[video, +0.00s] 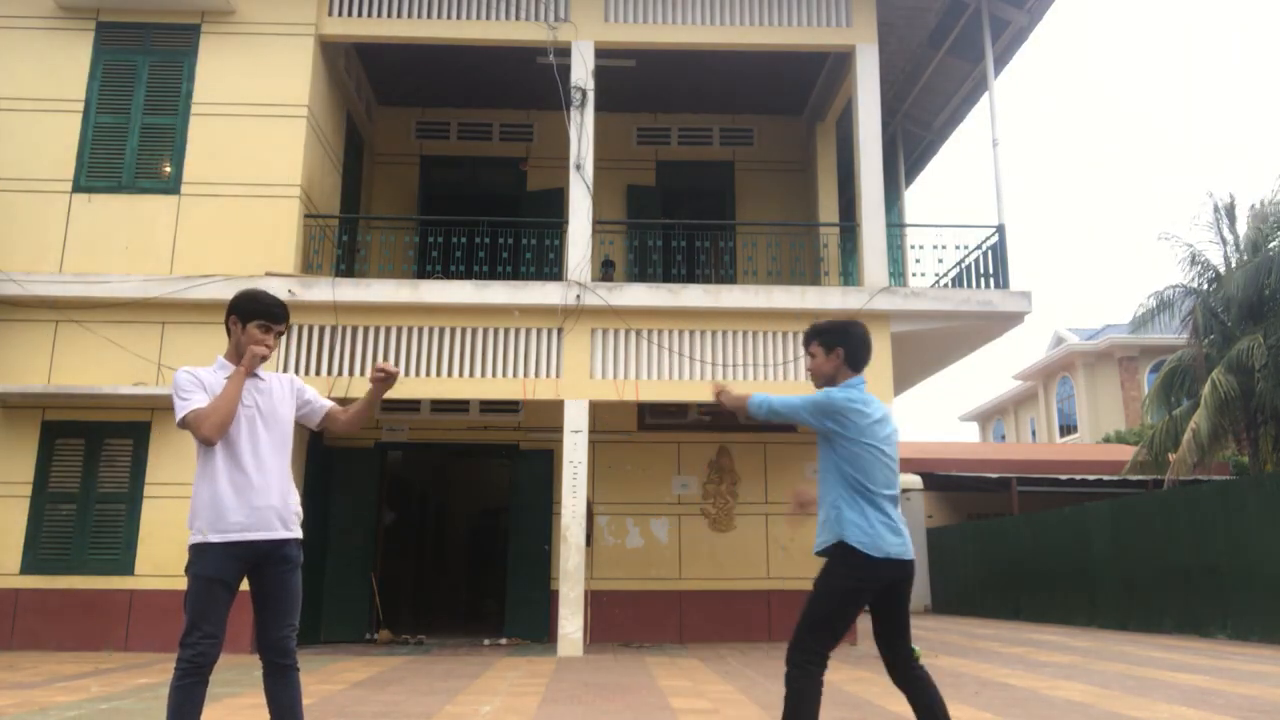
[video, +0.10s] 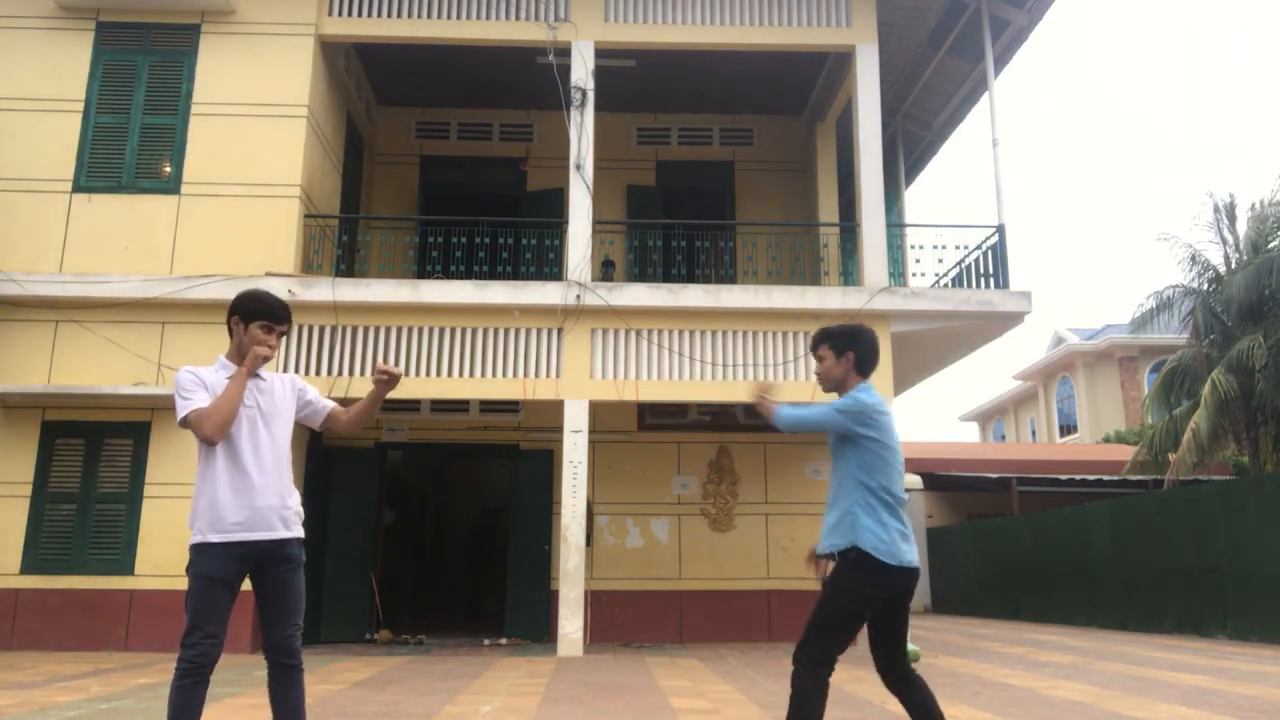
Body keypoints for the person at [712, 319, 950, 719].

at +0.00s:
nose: (807, 366)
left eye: (812, 356)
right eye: (806, 357)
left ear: (837, 356)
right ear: (844, 359)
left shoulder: (836, 404)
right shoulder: (881, 412)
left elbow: (767, 407)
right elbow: (874, 486)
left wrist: (732, 398)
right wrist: (819, 498)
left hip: (857, 555)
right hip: (896, 558)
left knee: (805, 658)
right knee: (902, 661)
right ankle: (940, 717)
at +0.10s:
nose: (816, 369)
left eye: (822, 359)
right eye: (816, 360)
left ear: (849, 360)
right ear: (851, 363)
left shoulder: (860, 406)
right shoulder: (870, 409)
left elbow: (789, 417)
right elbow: (860, 492)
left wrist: (765, 403)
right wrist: (827, 543)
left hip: (869, 560)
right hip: (897, 563)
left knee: (811, 662)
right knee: (895, 669)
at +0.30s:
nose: (833, 374)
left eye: (840, 365)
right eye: (832, 366)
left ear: (869, 367)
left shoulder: (902, 426)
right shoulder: (850, 430)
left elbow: (882, 490)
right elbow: (800, 469)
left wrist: (832, 487)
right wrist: (735, 478)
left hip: (890, 567)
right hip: (873, 566)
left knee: (819, 664)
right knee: (885, 674)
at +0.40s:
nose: (837, 374)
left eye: (844, 365)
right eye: (837, 366)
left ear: (873, 367)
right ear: (864, 369)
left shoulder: (898, 425)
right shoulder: (858, 426)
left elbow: (878, 491)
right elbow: (801, 450)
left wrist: (831, 522)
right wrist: (742, 425)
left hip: (893, 564)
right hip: (883, 564)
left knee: (824, 664)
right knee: (887, 672)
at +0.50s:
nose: (839, 376)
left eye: (846, 367)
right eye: (839, 368)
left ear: (874, 367)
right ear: (870, 370)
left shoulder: (890, 421)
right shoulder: (873, 423)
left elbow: (852, 486)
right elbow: (817, 451)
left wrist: (806, 520)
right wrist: (775, 412)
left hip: (891, 562)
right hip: (894, 563)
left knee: (828, 663)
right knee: (890, 673)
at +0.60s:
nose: (838, 376)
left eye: (845, 367)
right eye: (838, 368)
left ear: (873, 367)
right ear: (872, 370)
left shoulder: (884, 419)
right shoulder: (884, 417)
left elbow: (828, 476)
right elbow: (834, 472)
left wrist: (769, 494)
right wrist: (809, 431)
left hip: (887, 564)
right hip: (905, 566)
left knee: (828, 664)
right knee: (892, 672)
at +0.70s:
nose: (835, 376)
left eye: (842, 367)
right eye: (834, 367)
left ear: (870, 368)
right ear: (868, 370)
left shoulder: (879, 417)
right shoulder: (888, 418)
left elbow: (811, 457)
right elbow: (855, 497)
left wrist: (748, 456)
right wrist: (825, 457)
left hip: (888, 563)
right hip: (909, 566)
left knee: (827, 664)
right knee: (892, 672)